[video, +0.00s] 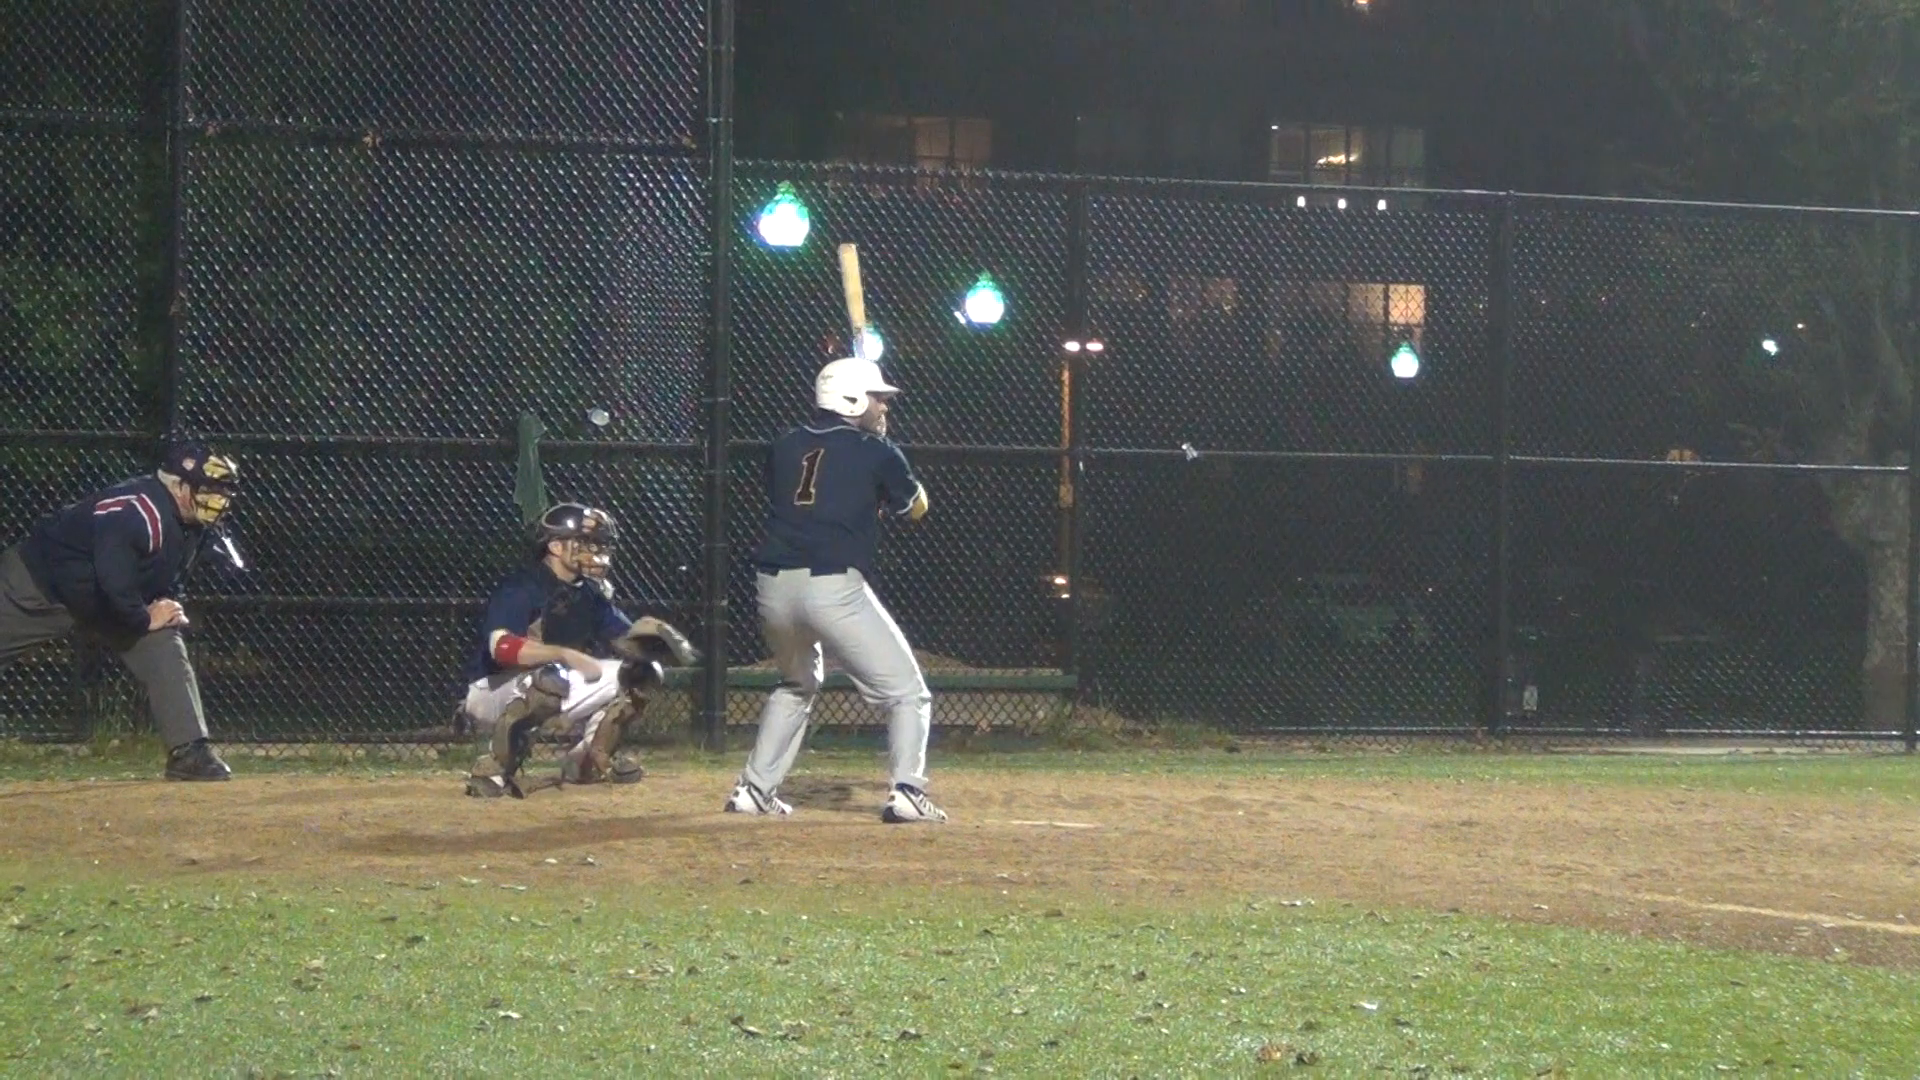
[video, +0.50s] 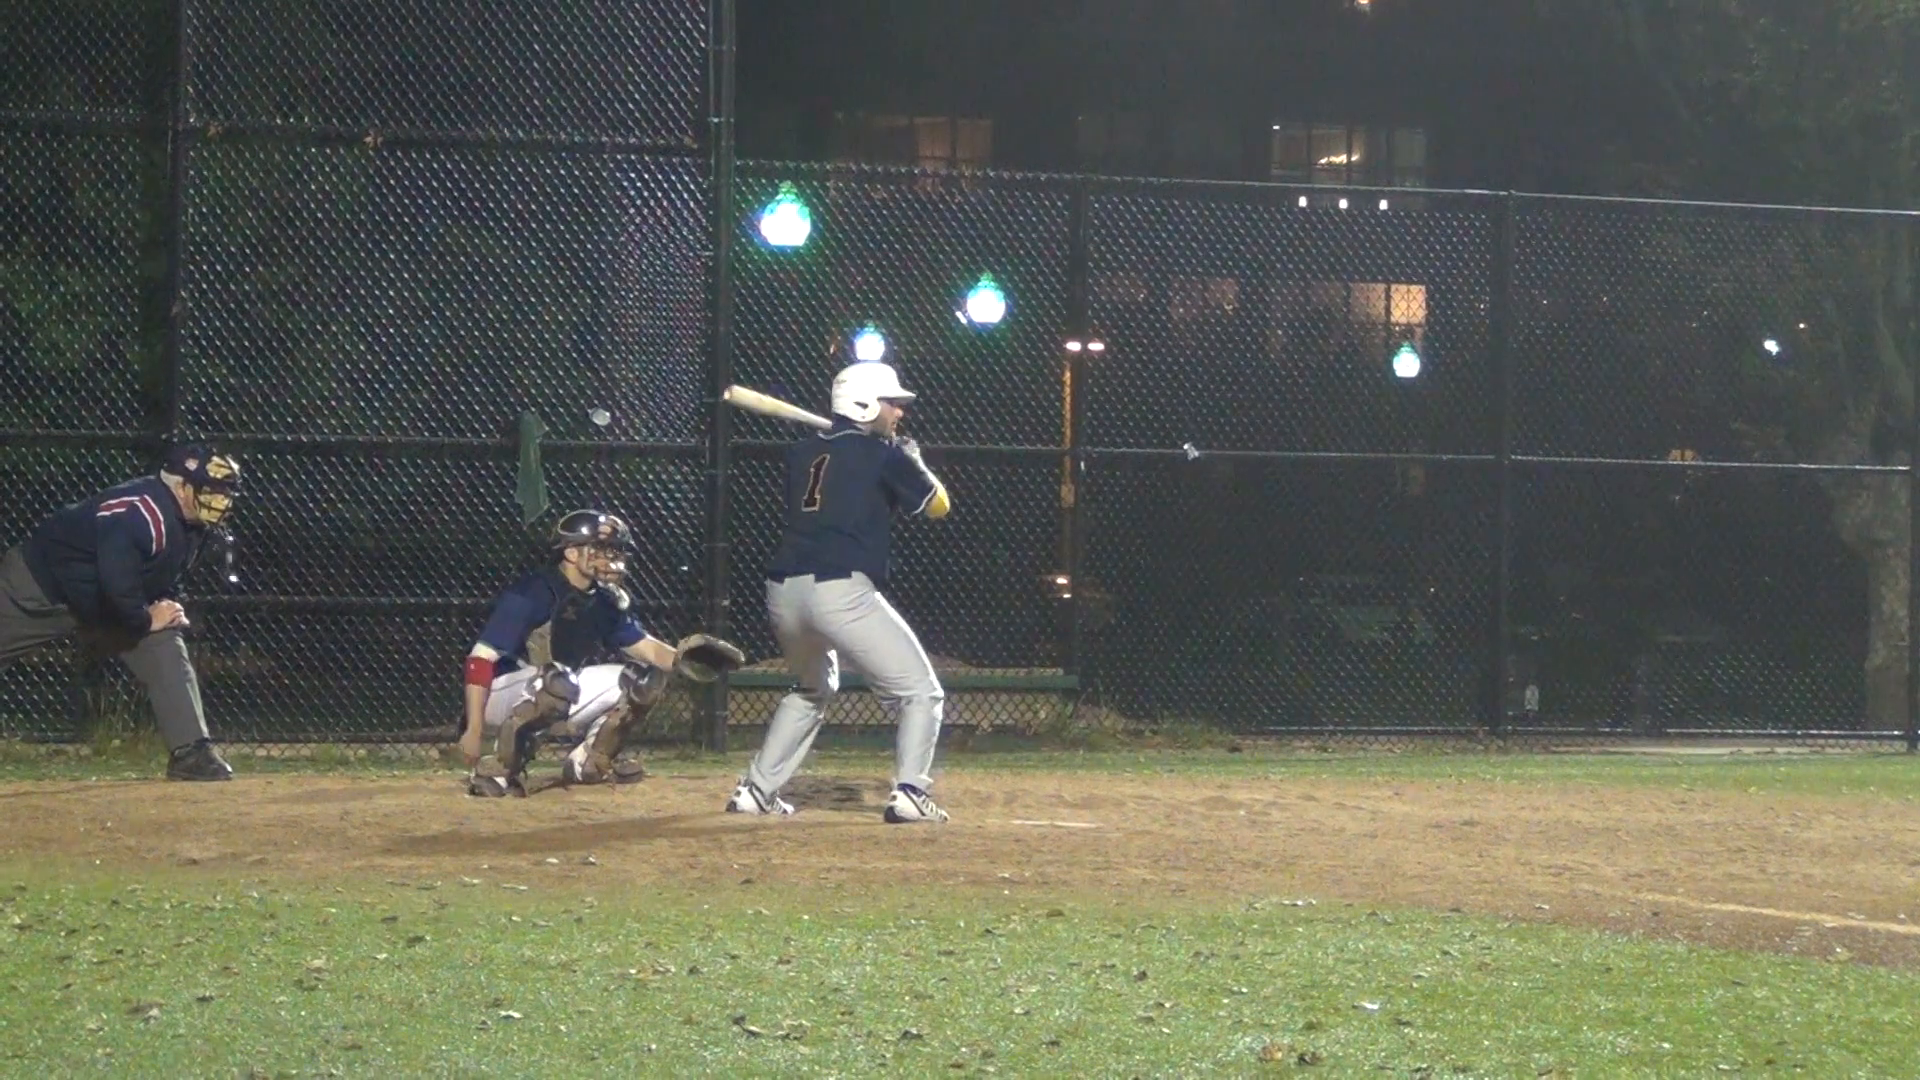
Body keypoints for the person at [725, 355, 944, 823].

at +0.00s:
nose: (884, 407)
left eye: (883, 398)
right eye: (878, 399)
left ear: (827, 402)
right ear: (856, 403)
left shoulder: (784, 443)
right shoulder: (876, 452)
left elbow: (804, 497)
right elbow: (917, 508)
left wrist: (867, 442)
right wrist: (885, 447)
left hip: (772, 588)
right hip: (835, 589)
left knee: (796, 684)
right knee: (909, 695)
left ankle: (754, 790)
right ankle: (908, 793)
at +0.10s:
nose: (889, 407)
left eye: (888, 397)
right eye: (882, 398)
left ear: (834, 401)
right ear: (857, 400)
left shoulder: (792, 444)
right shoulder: (877, 444)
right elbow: (926, 499)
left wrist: (873, 436)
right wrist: (891, 442)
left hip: (780, 587)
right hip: (841, 586)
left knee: (802, 684)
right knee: (916, 694)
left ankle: (755, 789)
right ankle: (908, 793)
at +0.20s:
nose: (894, 406)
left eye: (892, 397)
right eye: (887, 397)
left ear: (840, 401)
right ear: (862, 401)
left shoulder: (800, 445)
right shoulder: (879, 443)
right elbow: (934, 495)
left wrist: (879, 439)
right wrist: (899, 443)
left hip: (785, 588)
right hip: (846, 586)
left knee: (807, 686)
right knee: (921, 693)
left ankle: (756, 790)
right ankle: (909, 793)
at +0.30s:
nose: (897, 407)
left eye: (896, 398)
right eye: (890, 398)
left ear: (845, 403)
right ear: (865, 402)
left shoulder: (802, 447)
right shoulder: (882, 445)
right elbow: (939, 493)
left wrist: (885, 440)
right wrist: (909, 446)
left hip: (787, 589)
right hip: (847, 587)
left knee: (811, 687)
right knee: (924, 692)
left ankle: (756, 790)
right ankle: (910, 793)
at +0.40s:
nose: (900, 409)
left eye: (899, 400)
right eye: (893, 400)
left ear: (847, 403)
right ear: (869, 403)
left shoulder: (803, 449)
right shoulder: (885, 449)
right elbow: (941, 497)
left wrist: (892, 446)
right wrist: (914, 452)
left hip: (787, 591)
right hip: (847, 589)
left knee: (812, 686)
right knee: (925, 693)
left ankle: (757, 790)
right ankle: (911, 793)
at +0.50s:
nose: (900, 412)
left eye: (899, 403)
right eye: (893, 403)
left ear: (848, 408)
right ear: (866, 406)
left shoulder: (801, 450)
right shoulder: (882, 454)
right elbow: (939, 506)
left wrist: (879, 453)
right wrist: (915, 464)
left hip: (782, 592)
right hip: (842, 591)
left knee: (810, 688)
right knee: (922, 693)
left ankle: (756, 791)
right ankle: (911, 793)